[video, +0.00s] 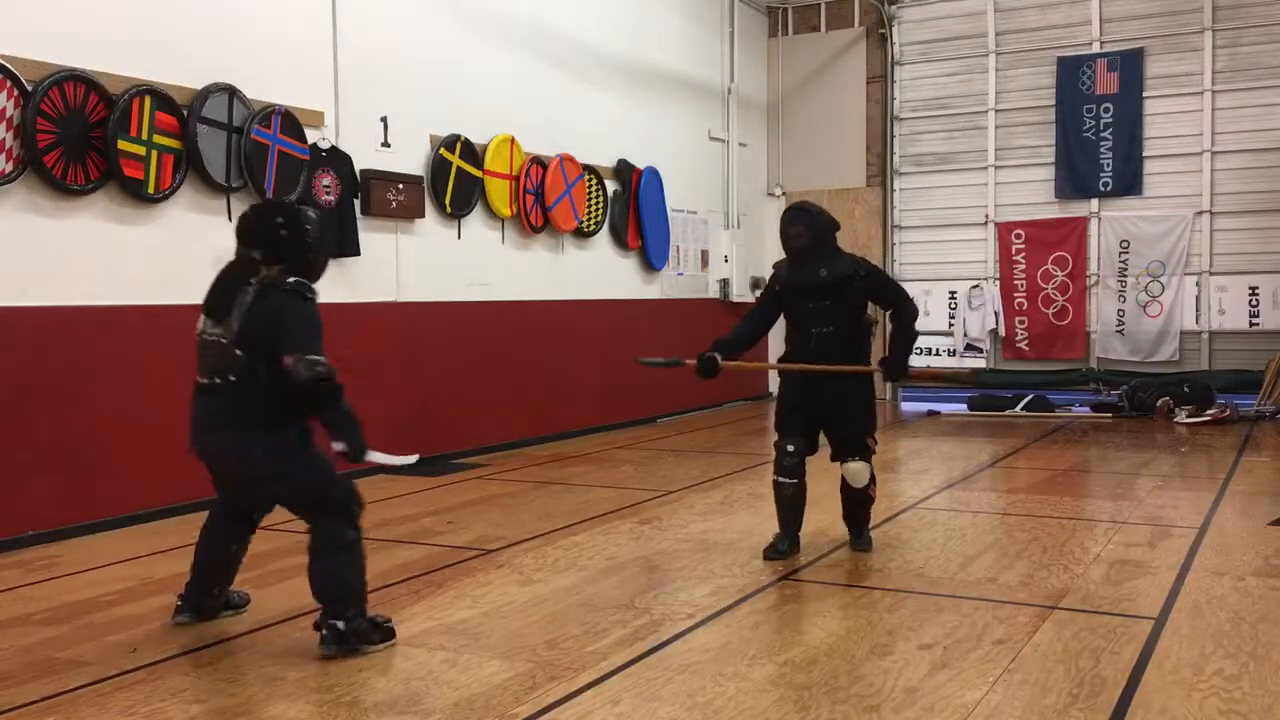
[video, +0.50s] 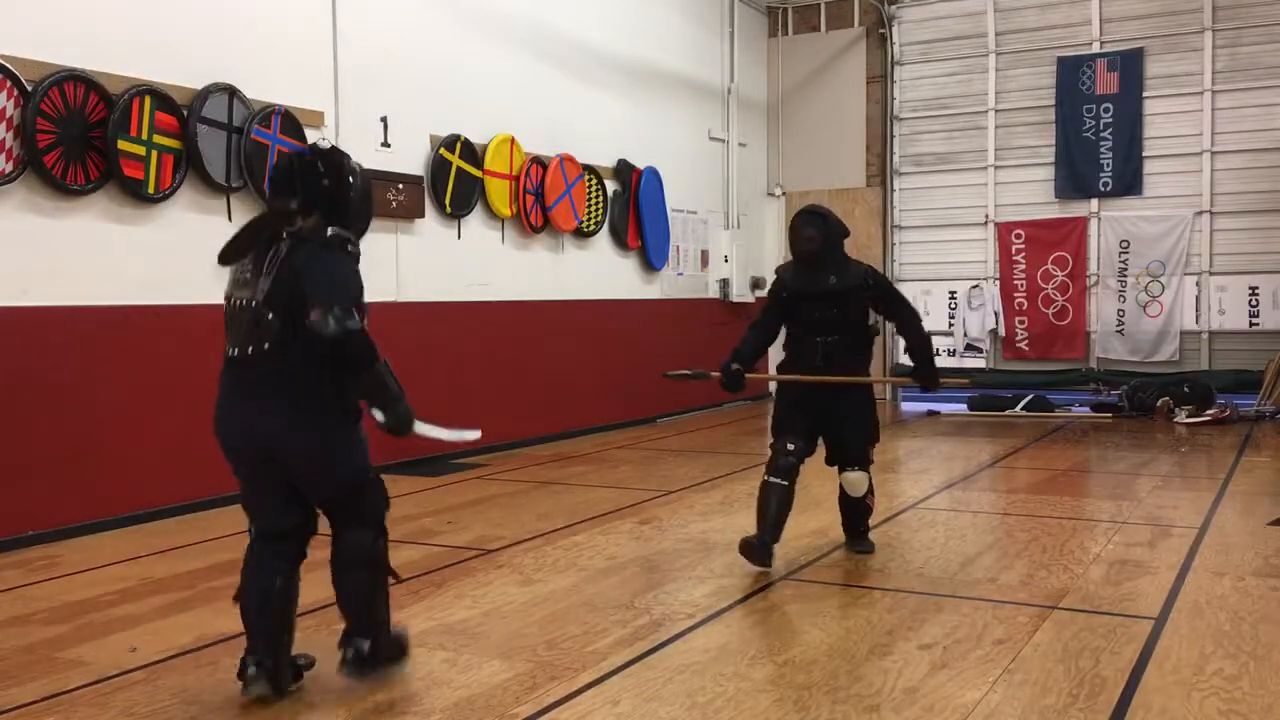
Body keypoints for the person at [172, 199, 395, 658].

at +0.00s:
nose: (318, 252)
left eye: (315, 242)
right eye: (310, 242)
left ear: (253, 246)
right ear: (290, 248)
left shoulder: (227, 282)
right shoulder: (289, 299)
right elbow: (310, 375)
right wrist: (346, 432)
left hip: (214, 432)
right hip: (265, 438)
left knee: (241, 501)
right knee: (337, 506)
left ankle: (202, 595)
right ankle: (344, 619)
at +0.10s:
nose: (335, 246)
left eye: (332, 235)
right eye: (326, 236)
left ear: (268, 242)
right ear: (310, 243)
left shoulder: (240, 286)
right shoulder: (317, 296)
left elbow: (225, 357)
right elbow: (353, 371)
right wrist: (393, 426)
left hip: (233, 436)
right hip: (296, 443)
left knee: (236, 502)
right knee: (356, 508)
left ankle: (206, 591)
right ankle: (345, 621)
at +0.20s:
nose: (352, 231)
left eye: (347, 221)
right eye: (344, 222)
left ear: (281, 227)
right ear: (326, 230)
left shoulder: (250, 275)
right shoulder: (331, 283)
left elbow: (234, 349)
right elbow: (368, 358)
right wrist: (408, 419)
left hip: (248, 429)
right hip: (313, 436)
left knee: (253, 502)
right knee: (365, 505)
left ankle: (198, 606)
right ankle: (347, 620)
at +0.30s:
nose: (356, 202)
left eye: (351, 191)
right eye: (349, 192)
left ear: (284, 199)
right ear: (330, 201)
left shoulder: (256, 249)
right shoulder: (326, 254)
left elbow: (269, 340)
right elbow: (344, 330)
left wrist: (340, 388)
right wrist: (384, 389)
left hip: (255, 412)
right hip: (313, 415)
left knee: (258, 505)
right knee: (360, 499)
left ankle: (219, 608)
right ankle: (350, 621)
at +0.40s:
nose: (357, 196)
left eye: (355, 185)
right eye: (350, 186)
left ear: (286, 184)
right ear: (331, 187)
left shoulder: (253, 231)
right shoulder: (329, 235)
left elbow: (264, 325)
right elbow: (335, 318)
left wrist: (344, 374)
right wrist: (376, 380)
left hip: (247, 399)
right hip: (310, 401)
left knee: (270, 510)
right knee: (353, 498)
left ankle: (256, 631)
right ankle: (364, 613)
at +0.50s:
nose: (364, 205)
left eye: (361, 194)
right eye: (357, 195)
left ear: (293, 197)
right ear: (338, 200)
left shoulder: (257, 246)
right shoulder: (325, 252)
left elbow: (270, 340)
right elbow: (340, 332)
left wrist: (342, 389)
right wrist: (389, 398)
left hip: (243, 418)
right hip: (308, 421)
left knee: (278, 525)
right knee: (360, 508)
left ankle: (265, 658)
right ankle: (367, 636)